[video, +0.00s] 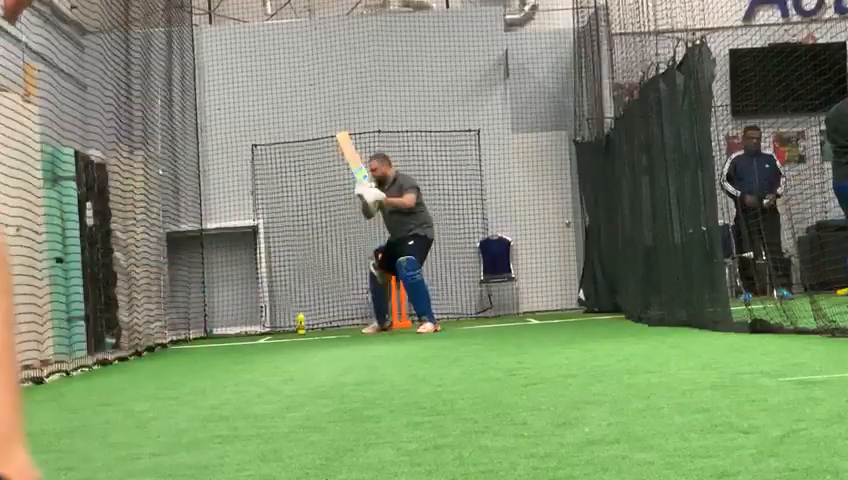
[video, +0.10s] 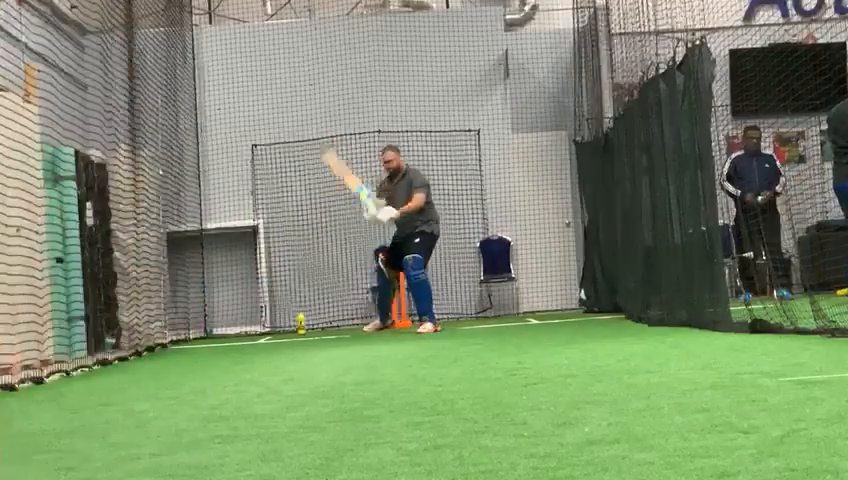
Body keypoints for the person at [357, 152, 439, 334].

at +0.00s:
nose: (373, 174)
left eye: (375, 170)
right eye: (371, 171)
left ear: (387, 166)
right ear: (371, 171)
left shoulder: (405, 181)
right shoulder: (378, 187)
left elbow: (409, 202)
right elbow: (368, 214)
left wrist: (382, 199)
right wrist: (364, 197)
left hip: (419, 234)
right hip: (398, 239)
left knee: (406, 265)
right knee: (376, 267)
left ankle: (428, 321)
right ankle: (382, 321)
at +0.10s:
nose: (387, 165)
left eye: (390, 161)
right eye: (385, 162)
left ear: (400, 158)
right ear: (382, 163)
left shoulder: (415, 176)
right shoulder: (385, 184)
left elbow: (419, 202)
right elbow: (379, 205)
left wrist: (397, 212)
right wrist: (373, 211)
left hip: (424, 229)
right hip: (403, 233)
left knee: (412, 265)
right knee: (385, 267)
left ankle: (428, 321)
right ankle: (384, 318)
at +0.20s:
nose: (401, 159)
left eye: (404, 155)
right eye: (397, 157)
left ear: (412, 151)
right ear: (393, 157)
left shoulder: (425, 171)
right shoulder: (393, 177)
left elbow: (431, 199)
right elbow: (389, 201)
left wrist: (416, 217)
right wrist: (387, 221)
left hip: (428, 226)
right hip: (406, 227)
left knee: (419, 263)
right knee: (388, 265)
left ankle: (428, 320)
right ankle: (403, 316)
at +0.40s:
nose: (427, 156)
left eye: (429, 152)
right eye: (422, 154)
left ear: (433, 149)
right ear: (413, 152)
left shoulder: (442, 169)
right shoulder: (404, 172)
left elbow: (452, 199)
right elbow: (399, 203)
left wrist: (457, 225)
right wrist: (393, 229)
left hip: (438, 226)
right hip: (416, 228)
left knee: (429, 270)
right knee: (407, 271)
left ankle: (429, 319)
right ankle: (444, 304)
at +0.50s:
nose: (434, 162)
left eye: (437, 157)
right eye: (430, 158)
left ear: (440, 153)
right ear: (420, 154)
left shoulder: (448, 171)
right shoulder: (410, 173)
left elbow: (469, 195)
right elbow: (402, 201)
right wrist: (394, 229)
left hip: (444, 228)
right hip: (422, 230)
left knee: (434, 272)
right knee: (422, 274)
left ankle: (430, 320)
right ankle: (460, 313)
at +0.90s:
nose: (433, 164)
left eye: (434, 160)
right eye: (432, 161)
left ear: (444, 152)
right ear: (434, 156)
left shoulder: (469, 159)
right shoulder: (436, 171)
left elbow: (493, 174)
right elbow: (436, 198)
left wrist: (517, 181)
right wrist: (428, 224)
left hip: (475, 218)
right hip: (453, 224)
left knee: (478, 253)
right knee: (453, 266)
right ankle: (464, 316)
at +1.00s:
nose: (437, 164)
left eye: (437, 160)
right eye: (435, 161)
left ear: (445, 154)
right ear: (442, 155)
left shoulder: (474, 159)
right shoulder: (443, 171)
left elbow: (500, 173)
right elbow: (447, 197)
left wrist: (524, 183)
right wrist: (442, 224)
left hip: (485, 222)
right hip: (462, 226)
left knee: (496, 262)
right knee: (457, 265)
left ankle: (524, 306)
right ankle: (465, 316)